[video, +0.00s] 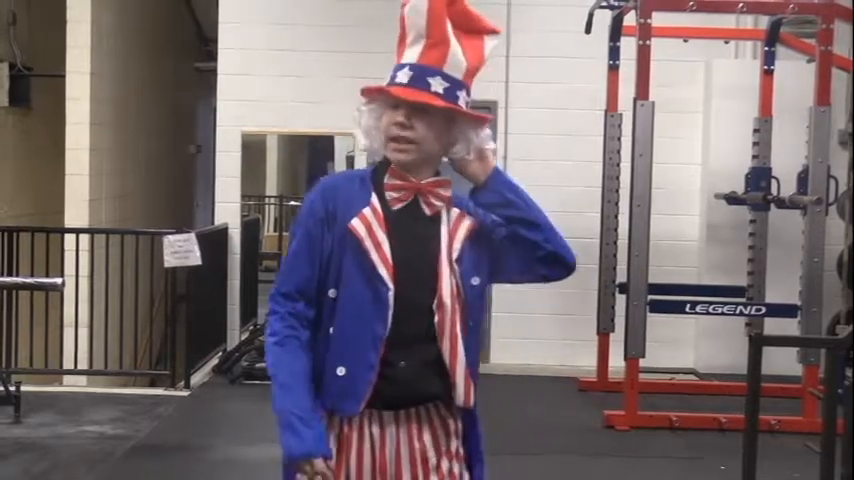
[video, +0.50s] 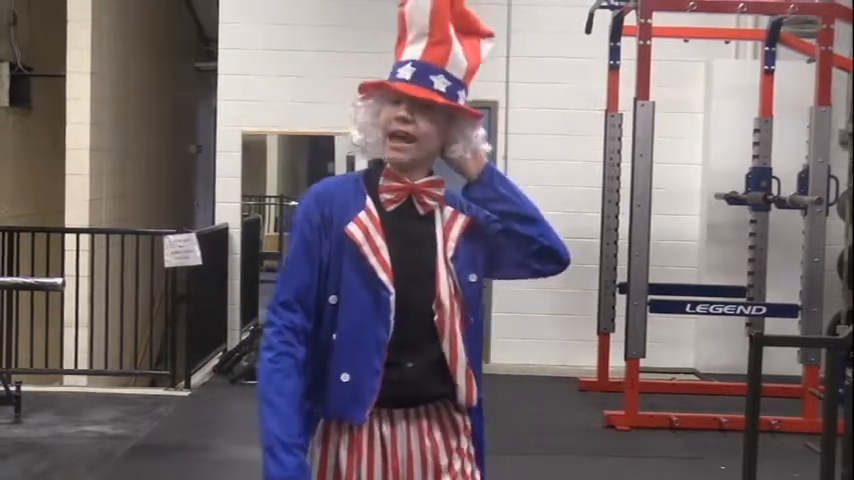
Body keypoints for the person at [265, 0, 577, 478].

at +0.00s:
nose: (400, 121)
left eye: (421, 112)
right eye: (394, 107)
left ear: (455, 132)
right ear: (379, 115)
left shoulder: (473, 216)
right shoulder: (335, 198)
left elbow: (556, 261)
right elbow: (289, 314)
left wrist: (486, 176)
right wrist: (301, 434)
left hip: (437, 429)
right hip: (347, 430)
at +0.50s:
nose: (402, 116)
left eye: (423, 109)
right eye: (395, 101)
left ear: (450, 132)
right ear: (378, 113)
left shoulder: (467, 214)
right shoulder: (329, 203)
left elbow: (549, 256)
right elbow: (287, 332)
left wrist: (479, 171)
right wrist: (285, 464)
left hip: (442, 431)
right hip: (351, 436)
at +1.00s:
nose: (431, 112)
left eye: (452, 107)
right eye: (426, 99)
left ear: (478, 135)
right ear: (407, 111)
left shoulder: (485, 222)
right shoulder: (350, 199)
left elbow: (564, 282)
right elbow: (298, 320)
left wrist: (510, 181)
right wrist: (269, 455)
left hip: (452, 435)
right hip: (360, 434)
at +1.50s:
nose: (396, 121)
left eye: (417, 116)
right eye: (389, 106)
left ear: (440, 140)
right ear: (370, 115)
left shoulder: (448, 223)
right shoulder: (311, 202)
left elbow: (507, 307)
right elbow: (255, 324)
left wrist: (469, 205)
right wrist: (225, 459)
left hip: (404, 440)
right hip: (312, 437)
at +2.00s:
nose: (402, 106)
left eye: (421, 97)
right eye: (390, 93)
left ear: (445, 119)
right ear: (370, 110)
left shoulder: (464, 209)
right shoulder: (322, 206)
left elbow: (528, 286)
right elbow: (286, 341)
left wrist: (477, 185)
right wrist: (273, 466)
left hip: (439, 436)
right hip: (343, 437)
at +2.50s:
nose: (414, 107)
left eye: (432, 99)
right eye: (401, 95)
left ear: (456, 121)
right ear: (382, 111)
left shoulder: (475, 211)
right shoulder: (335, 207)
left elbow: (542, 285)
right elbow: (298, 346)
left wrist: (488, 183)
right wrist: (286, 467)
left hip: (455, 437)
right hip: (358, 440)